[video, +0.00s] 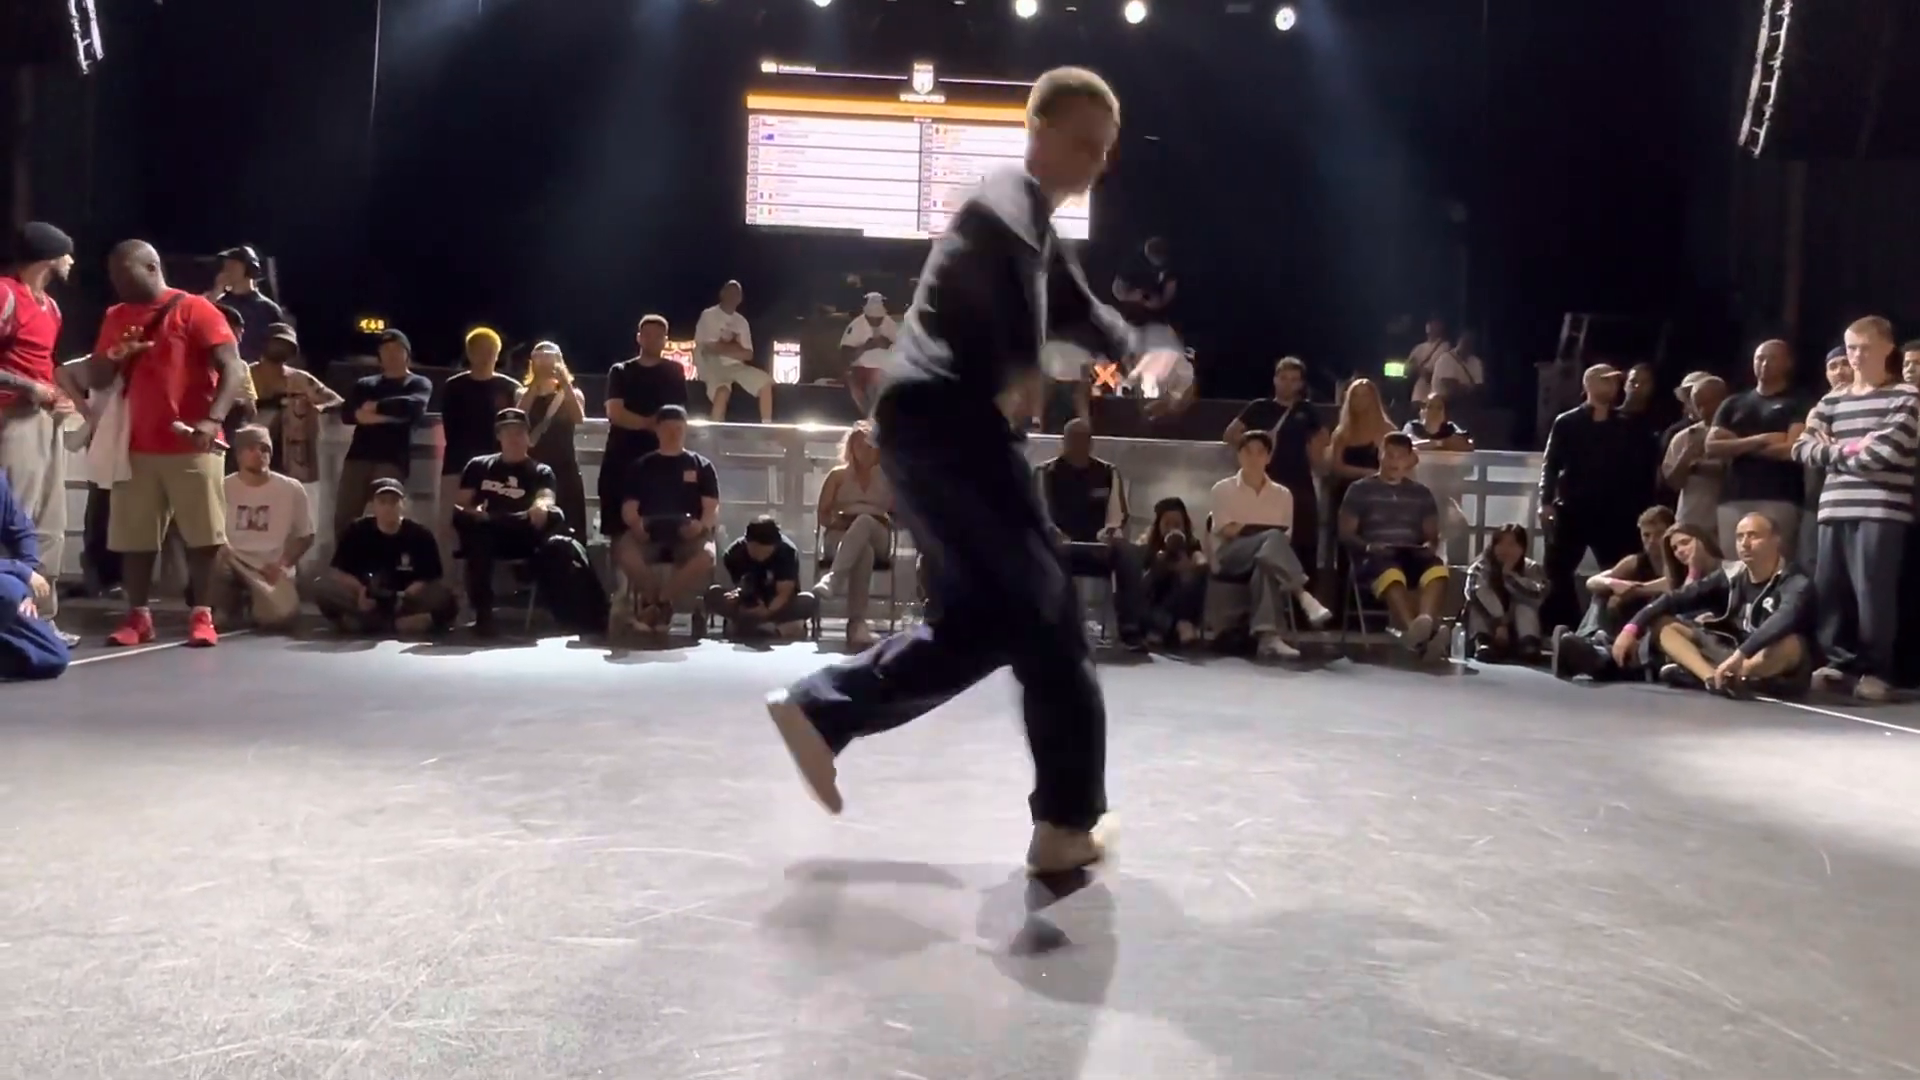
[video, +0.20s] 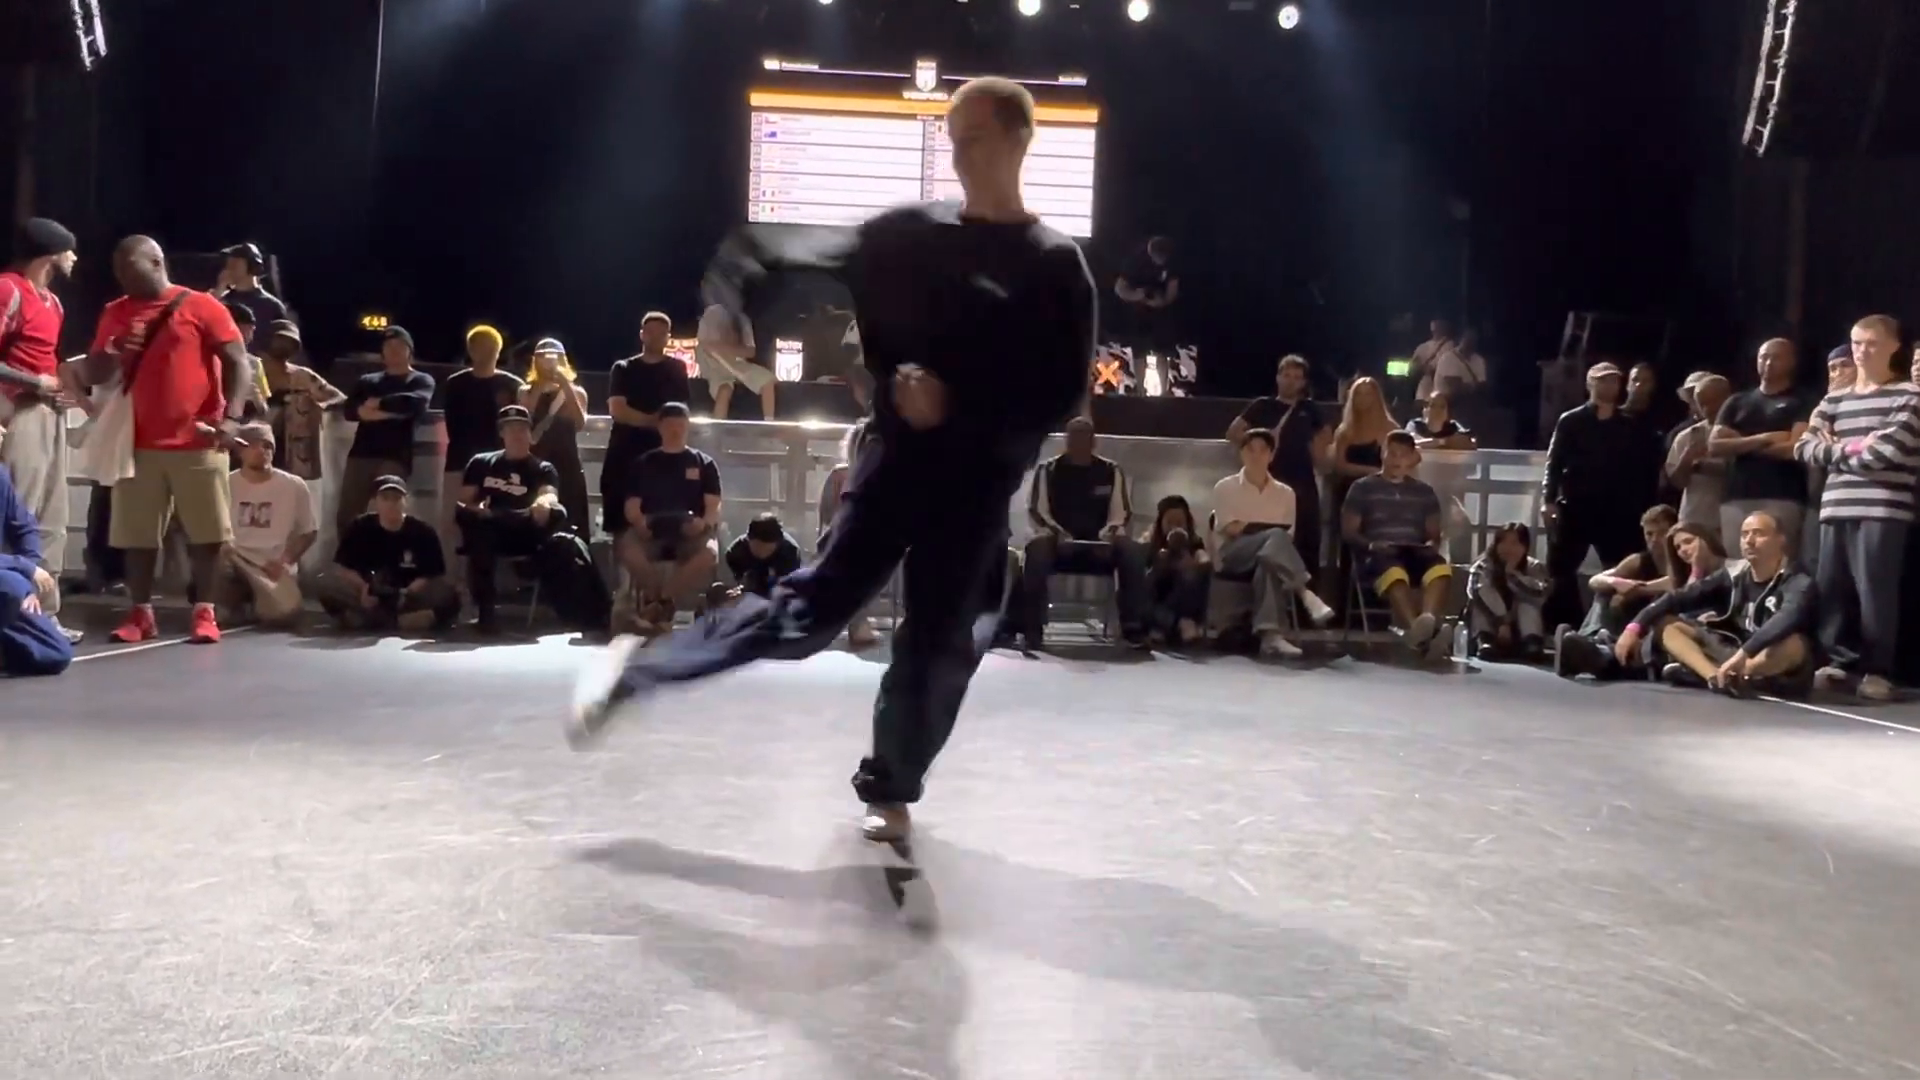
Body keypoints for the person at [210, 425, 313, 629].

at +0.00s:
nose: (259, 454)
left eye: (265, 449)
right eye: (252, 449)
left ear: (270, 454)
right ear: (238, 454)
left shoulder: (292, 488)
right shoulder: (224, 487)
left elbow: (306, 535)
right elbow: (212, 527)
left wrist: (281, 565)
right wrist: (222, 550)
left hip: (272, 568)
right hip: (234, 563)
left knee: (280, 616)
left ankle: (253, 605)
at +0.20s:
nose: (262, 452)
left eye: (268, 446)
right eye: (255, 445)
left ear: (273, 451)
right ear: (240, 449)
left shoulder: (294, 486)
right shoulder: (226, 483)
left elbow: (308, 530)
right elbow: (215, 524)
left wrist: (283, 562)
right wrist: (224, 548)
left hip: (273, 565)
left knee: (284, 612)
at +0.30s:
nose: (264, 451)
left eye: (270, 445)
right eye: (255, 445)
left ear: (275, 449)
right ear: (242, 448)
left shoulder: (297, 485)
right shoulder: (228, 482)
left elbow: (311, 530)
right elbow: (217, 523)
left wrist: (286, 561)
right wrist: (225, 545)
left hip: (275, 565)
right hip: (238, 560)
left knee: (288, 610)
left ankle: (249, 606)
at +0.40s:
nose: (266, 447)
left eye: (271, 441)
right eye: (258, 440)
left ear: (276, 446)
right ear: (244, 445)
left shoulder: (297, 483)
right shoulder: (228, 480)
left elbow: (311, 528)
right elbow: (216, 519)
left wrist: (287, 558)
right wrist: (226, 546)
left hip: (276, 563)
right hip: (238, 559)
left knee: (289, 608)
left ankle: (250, 604)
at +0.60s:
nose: (268, 444)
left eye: (273, 438)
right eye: (261, 437)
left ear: (278, 444)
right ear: (246, 441)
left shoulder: (299, 480)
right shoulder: (229, 477)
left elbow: (311, 526)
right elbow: (218, 521)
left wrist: (291, 556)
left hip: (278, 561)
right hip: (239, 555)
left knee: (292, 604)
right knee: (226, 542)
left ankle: (252, 602)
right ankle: (219, 604)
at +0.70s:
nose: (268, 443)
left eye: (273, 437)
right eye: (261, 437)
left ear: (278, 442)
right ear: (248, 441)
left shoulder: (299, 478)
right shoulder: (230, 475)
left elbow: (311, 525)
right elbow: (219, 518)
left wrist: (291, 554)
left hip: (279, 559)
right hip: (240, 553)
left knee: (292, 603)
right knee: (227, 540)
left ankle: (251, 600)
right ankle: (219, 604)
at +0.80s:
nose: (269, 441)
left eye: (274, 435)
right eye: (262, 435)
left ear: (279, 441)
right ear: (248, 440)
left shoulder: (300, 477)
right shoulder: (230, 474)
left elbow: (312, 522)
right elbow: (217, 515)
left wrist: (293, 552)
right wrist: (226, 537)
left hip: (279, 557)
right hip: (240, 551)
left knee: (294, 601)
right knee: (226, 539)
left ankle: (254, 598)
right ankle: (225, 601)